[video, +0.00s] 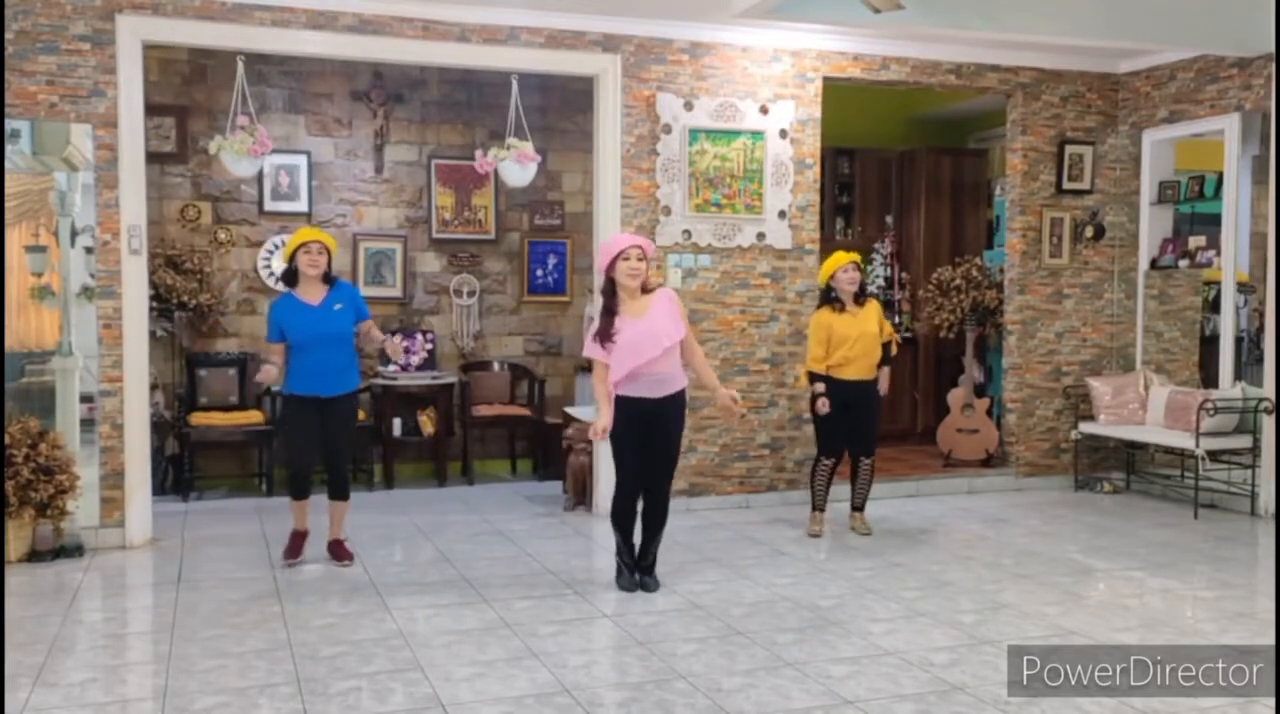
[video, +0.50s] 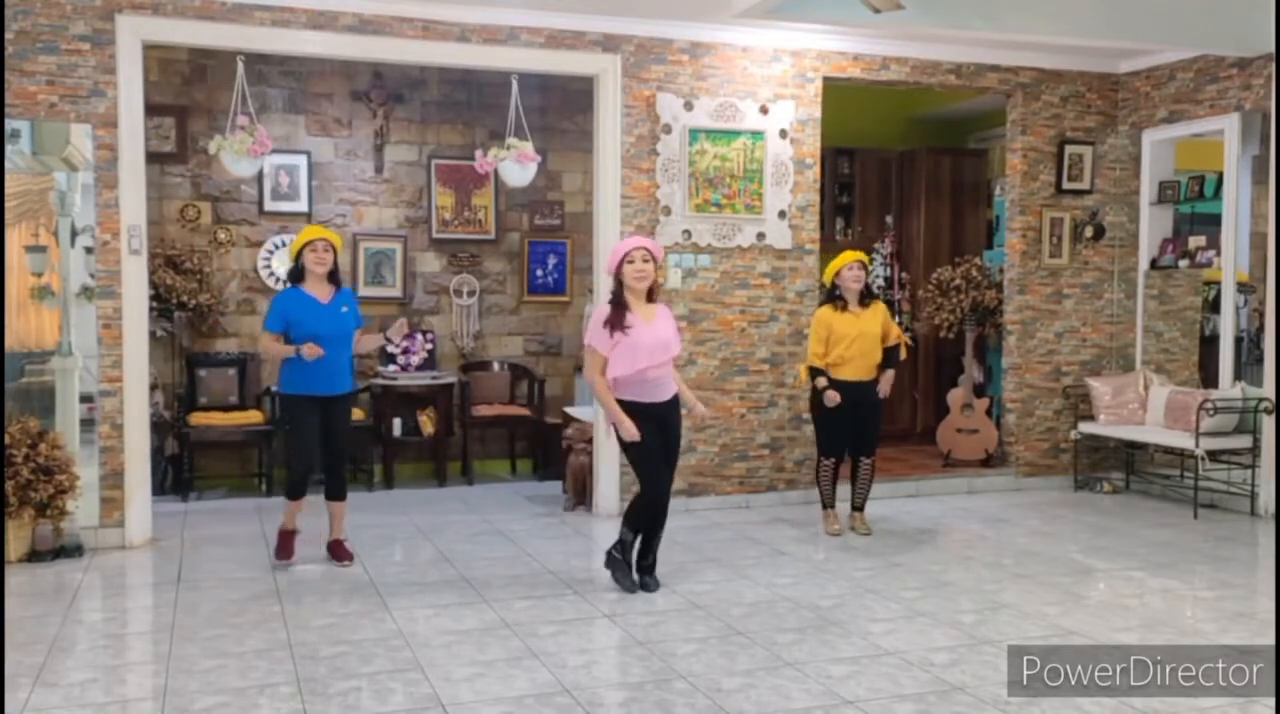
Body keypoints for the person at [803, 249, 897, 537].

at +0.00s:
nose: (852, 276)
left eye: (855, 270)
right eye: (844, 271)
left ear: (861, 276)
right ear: (832, 280)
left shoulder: (872, 308)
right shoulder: (823, 316)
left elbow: (888, 338)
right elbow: (815, 358)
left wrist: (885, 368)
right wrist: (819, 392)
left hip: (866, 387)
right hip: (833, 387)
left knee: (865, 453)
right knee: (830, 452)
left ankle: (858, 512)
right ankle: (818, 512)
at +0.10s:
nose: (855, 275)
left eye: (858, 270)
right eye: (848, 271)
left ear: (863, 276)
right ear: (834, 280)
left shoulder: (875, 308)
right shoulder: (825, 315)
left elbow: (890, 338)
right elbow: (816, 357)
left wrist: (887, 369)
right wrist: (820, 390)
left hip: (868, 386)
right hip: (835, 386)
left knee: (866, 452)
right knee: (836, 452)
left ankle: (858, 512)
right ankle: (827, 511)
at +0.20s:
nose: (857, 275)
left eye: (860, 270)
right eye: (849, 271)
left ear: (865, 276)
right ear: (836, 280)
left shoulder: (875, 309)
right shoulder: (825, 315)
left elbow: (893, 339)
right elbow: (815, 357)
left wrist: (889, 370)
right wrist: (821, 388)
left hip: (869, 387)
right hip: (835, 387)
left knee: (866, 453)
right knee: (838, 453)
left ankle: (858, 512)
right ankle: (834, 512)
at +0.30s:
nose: (857, 275)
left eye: (861, 270)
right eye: (850, 270)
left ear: (865, 276)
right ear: (836, 278)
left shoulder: (876, 309)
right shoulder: (825, 314)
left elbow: (893, 339)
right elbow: (815, 357)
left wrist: (889, 370)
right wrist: (822, 388)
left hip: (869, 387)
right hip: (835, 386)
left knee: (866, 453)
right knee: (836, 453)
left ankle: (858, 512)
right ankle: (833, 512)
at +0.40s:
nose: (858, 274)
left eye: (861, 269)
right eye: (851, 270)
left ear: (866, 276)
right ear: (837, 278)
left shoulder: (877, 309)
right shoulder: (825, 315)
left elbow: (895, 340)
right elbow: (816, 357)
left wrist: (890, 370)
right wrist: (825, 388)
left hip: (869, 388)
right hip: (835, 387)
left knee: (866, 452)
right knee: (834, 453)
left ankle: (858, 512)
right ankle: (832, 512)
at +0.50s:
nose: (857, 274)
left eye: (861, 269)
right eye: (850, 269)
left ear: (866, 276)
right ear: (837, 278)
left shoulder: (878, 310)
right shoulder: (825, 314)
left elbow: (894, 342)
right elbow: (814, 357)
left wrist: (889, 373)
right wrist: (824, 386)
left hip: (867, 389)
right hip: (833, 389)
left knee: (865, 453)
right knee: (830, 454)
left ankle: (858, 512)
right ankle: (829, 511)